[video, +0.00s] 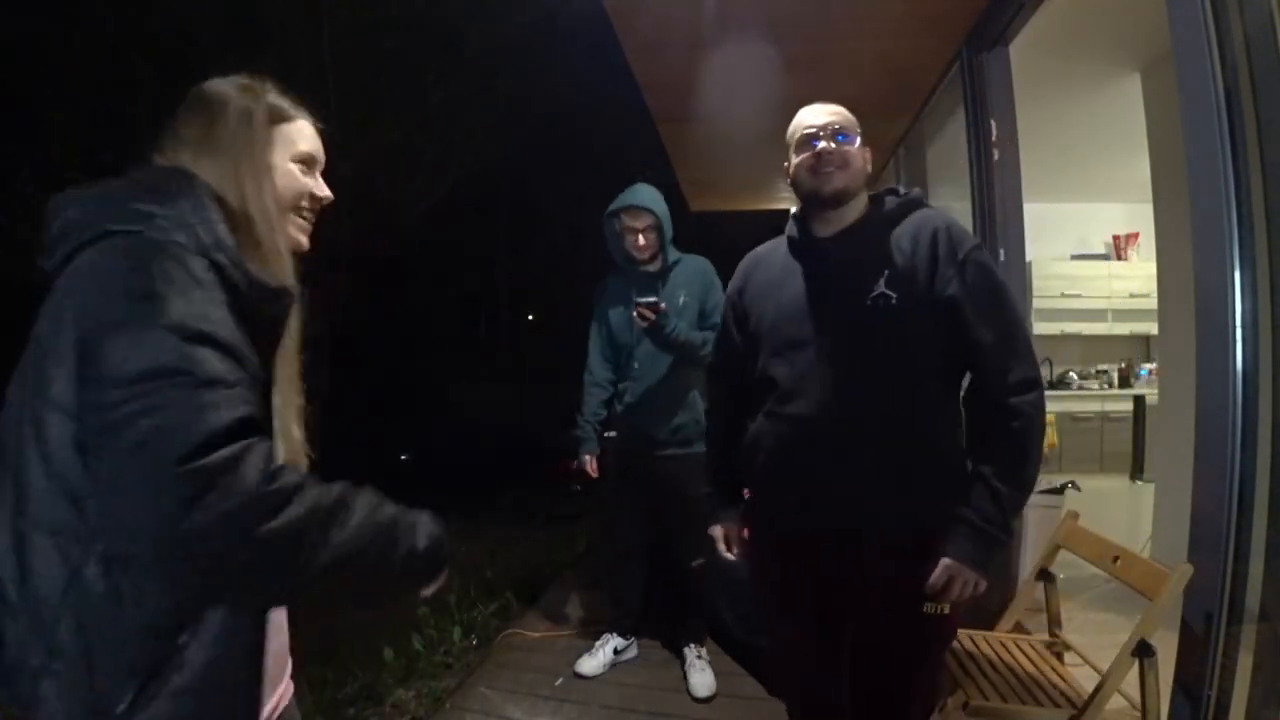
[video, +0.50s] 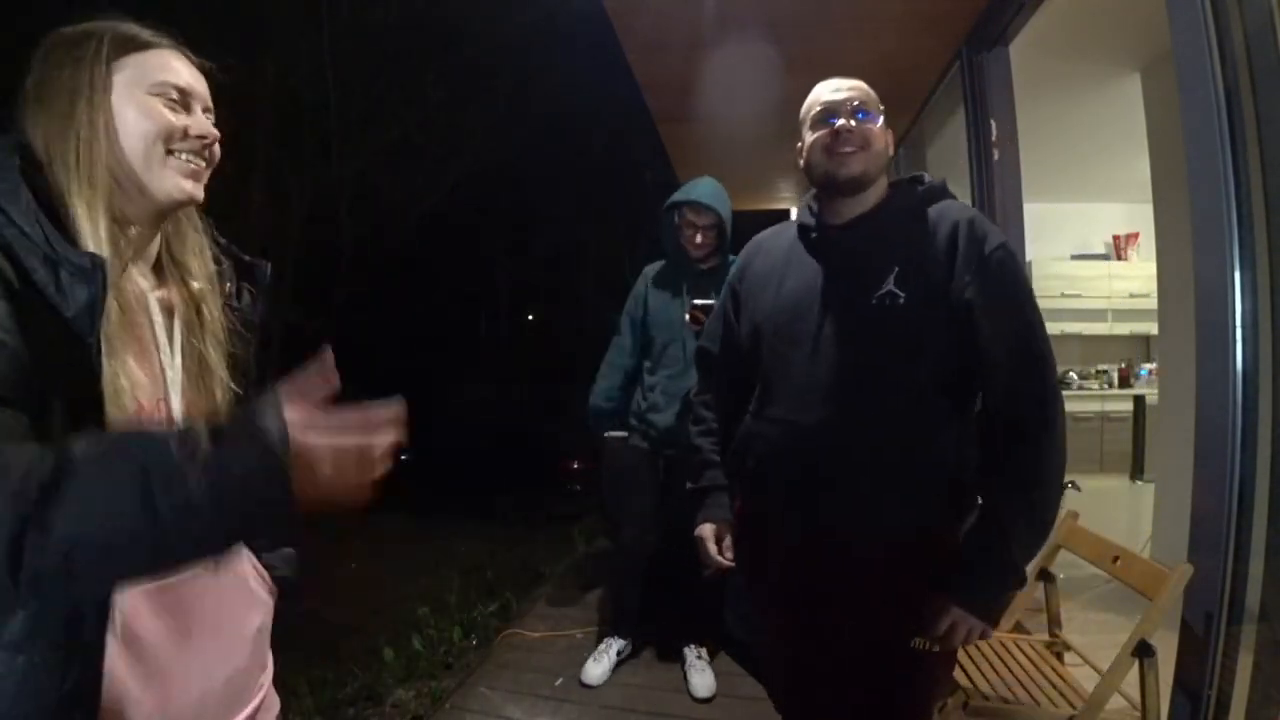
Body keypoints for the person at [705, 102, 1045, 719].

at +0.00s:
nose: (824, 146)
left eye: (841, 134)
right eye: (806, 141)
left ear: (870, 158)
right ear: (789, 173)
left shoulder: (933, 241)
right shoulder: (755, 273)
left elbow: (1013, 393)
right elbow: (725, 398)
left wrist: (977, 537)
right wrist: (724, 501)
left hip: (909, 532)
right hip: (791, 533)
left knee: (897, 702)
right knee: (811, 700)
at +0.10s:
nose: (820, 143)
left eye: (837, 132)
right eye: (802, 138)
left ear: (867, 157)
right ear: (786, 172)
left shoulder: (929, 239)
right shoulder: (753, 269)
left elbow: (1011, 390)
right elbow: (721, 398)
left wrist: (976, 537)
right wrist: (713, 497)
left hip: (906, 532)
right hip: (789, 532)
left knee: (893, 702)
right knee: (810, 700)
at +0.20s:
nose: (820, 141)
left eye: (837, 131)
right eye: (802, 136)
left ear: (867, 154)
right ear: (785, 169)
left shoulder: (929, 239)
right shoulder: (754, 268)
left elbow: (1010, 392)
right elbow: (714, 394)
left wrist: (977, 544)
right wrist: (701, 493)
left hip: (901, 530)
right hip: (787, 531)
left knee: (891, 700)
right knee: (809, 699)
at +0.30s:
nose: (825, 138)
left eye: (842, 127)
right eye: (807, 133)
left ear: (871, 151)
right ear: (788, 168)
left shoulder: (933, 240)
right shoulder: (753, 267)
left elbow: (1013, 399)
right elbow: (710, 392)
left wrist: (982, 557)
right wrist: (696, 491)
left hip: (902, 535)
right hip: (784, 536)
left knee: (886, 703)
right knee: (807, 700)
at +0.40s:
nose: (832, 134)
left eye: (849, 122)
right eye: (813, 129)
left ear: (878, 147)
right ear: (793, 164)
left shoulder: (942, 243)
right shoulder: (754, 267)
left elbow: (1020, 410)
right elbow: (711, 390)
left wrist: (983, 569)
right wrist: (701, 491)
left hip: (904, 545)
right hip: (781, 544)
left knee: (886, 704)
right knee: (805, 702)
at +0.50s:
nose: (844, 124)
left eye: (861, 112)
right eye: (824, 119)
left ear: (890, 138)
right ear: (800, 156)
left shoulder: (960, 241)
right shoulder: (760, 260)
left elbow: (1032, 422)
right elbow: (713, 392)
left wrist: (986, 582)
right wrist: (713, 496)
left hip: (910, 553)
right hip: (784, 552)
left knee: (892, 706)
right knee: (803, 702)